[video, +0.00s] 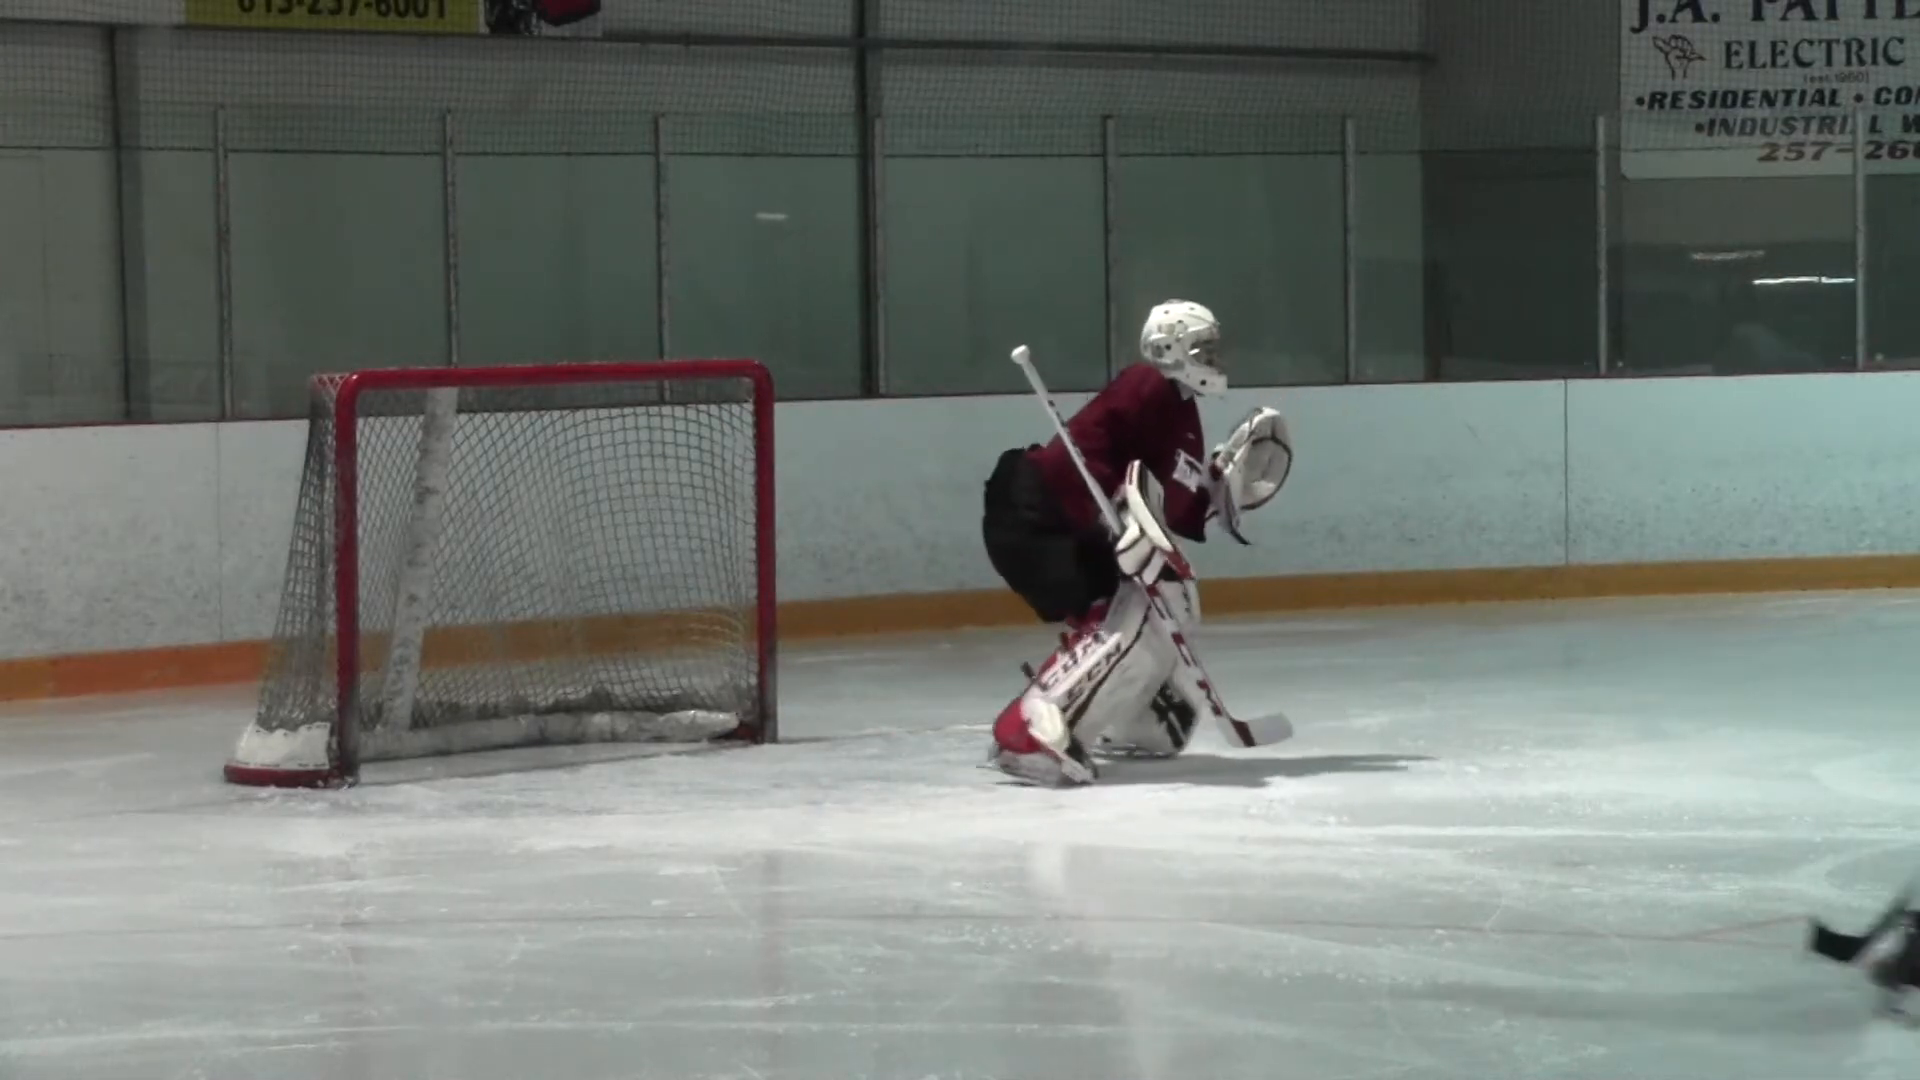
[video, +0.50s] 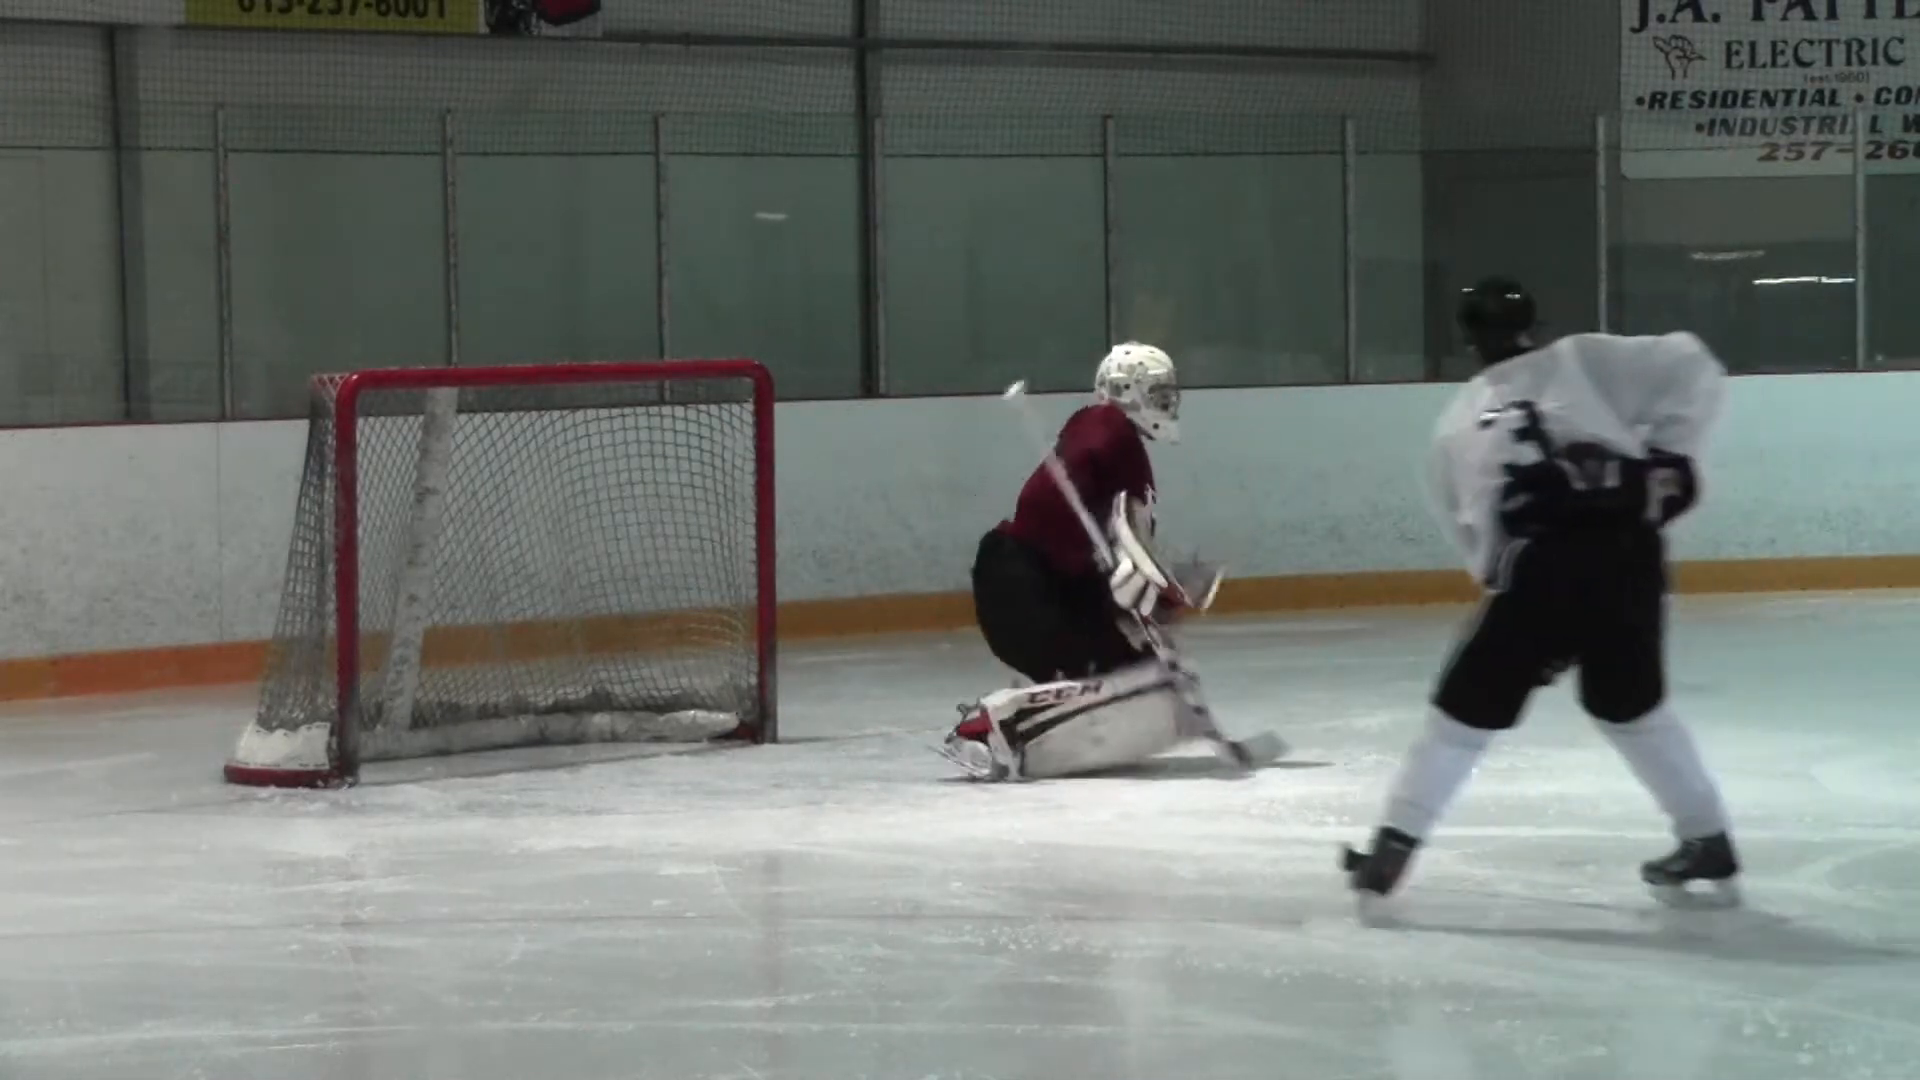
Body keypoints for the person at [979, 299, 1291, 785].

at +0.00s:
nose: (1215, 358)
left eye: (1215, 347)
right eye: (1203, 348)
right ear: (1173, 353)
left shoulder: (1180, 410)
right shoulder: (1147, 386)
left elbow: (1187, 513)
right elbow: (1076, 451)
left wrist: (1232, 482)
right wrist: (1119, 524)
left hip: (1068, 517)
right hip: (1028, 505)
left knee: (1161, 596)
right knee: (1124, 616)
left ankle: (1120, 725)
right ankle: (1030, 726)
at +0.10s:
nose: (1202, 371)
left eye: (1202, 359)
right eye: (1191, 359)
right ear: (1160, 364)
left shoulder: (1168, 423)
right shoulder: (1133, 398)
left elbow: (1166, 525)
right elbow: (1067, 462)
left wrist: (1209, 493)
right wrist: (1120, 533)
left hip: (1060, 534)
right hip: (1018, 524)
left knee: (1137, 622)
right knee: (1109, 632)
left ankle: (1097, 729)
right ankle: (1011, 729)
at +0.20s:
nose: (1192, 385)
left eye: (1192, 373)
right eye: (1181, 374)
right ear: (1150, 378)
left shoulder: (1148, 423)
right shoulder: (1128, 415)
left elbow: (1165, 511)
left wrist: (1201, 504)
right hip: (1012, 538)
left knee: (1130, 651)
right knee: (1117, 655)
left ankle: (1080, 734)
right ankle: (1010, 727)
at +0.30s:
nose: (1186, 398)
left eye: (1186, 387)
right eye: (1175, 388)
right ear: (1145, 391)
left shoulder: (1145, 441)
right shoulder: (1119, 426)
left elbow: (1157, 531)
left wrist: (1191, 518)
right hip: (1002, 546)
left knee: (1127, 652)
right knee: (1113, 657)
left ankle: (1075, 736)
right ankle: (1007, 729)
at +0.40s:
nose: (1179, 402)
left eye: (1180, 391)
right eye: (1169, 391)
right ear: (1139, 393)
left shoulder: (1130, 438)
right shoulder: (1116, 430)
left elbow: (1149, 521)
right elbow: (1141, 516)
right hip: (1006, 560)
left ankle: (1071, 732)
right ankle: (1005, 731)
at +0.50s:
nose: (1169, 404)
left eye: (1170, 393)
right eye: (1158, 393)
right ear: (1128, 393)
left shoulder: (1123, 441)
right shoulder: (1104, 428)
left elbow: (1131, 532)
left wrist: (1166, 587)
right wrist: (1132, 563)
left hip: (1065, 580)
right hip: (1020, 573)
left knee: (1139, 661)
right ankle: (992, 727)